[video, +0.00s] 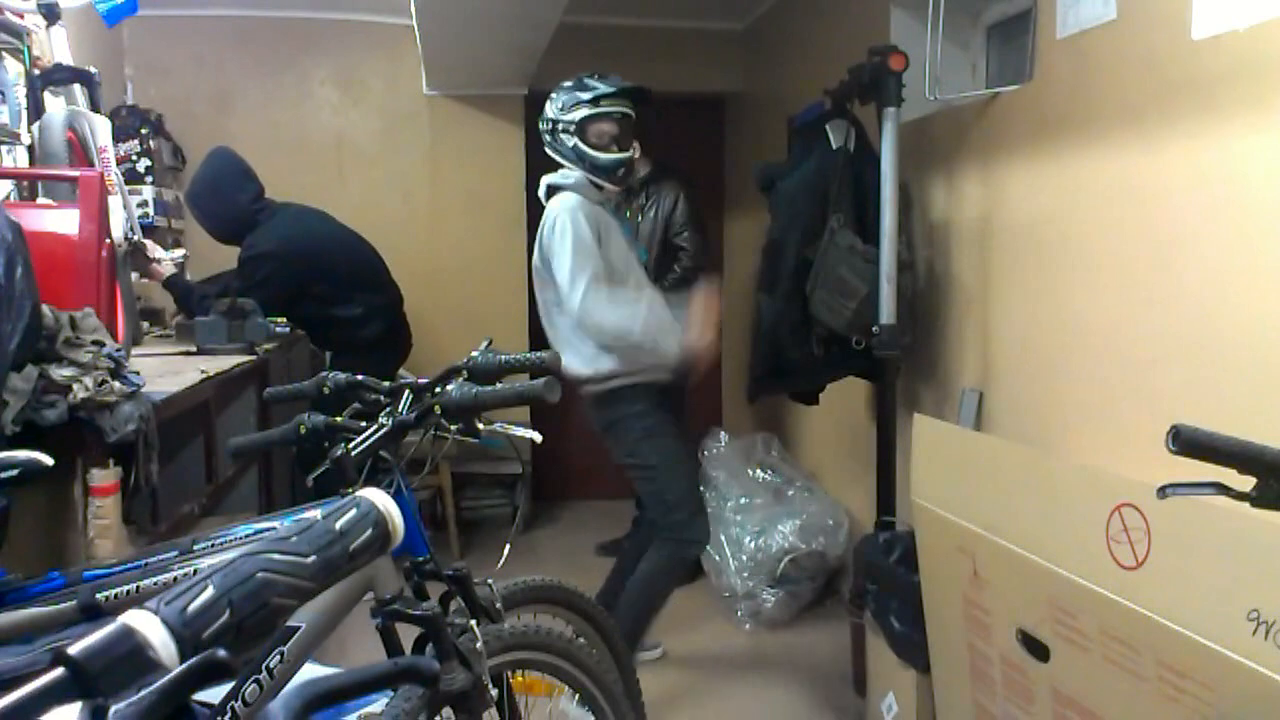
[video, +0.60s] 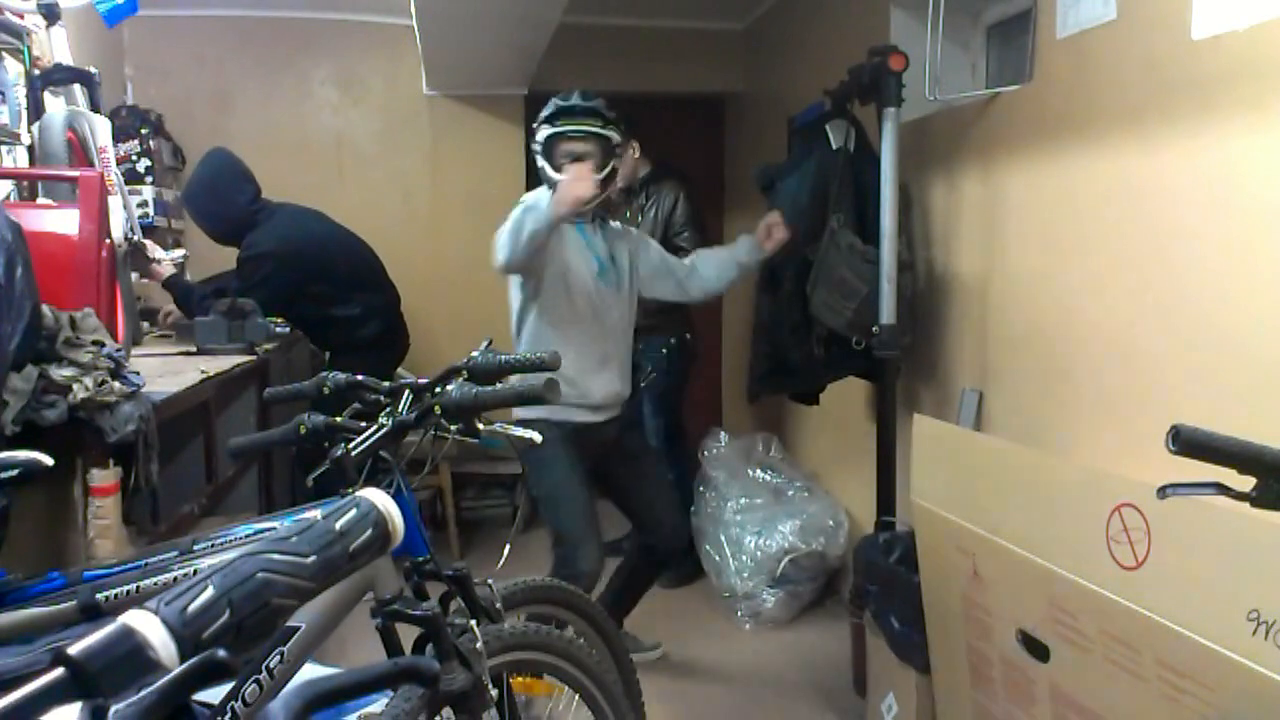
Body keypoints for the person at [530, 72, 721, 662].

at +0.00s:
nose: (619, 146)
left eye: (623, 132)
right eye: (602, 134)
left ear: (632, 134)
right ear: (566, 140)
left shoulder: (600, 212)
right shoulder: (570, 214)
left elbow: (631, 295)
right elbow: (594, 309)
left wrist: (685, 324)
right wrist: (683, 339)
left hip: (642, 386)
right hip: (618, 392)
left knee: (661, 520)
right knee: (681, 529)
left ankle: (600, 635)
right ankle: (610, 653)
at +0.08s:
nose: (612, 152)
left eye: (620, 141)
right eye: (597, 142)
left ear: (633, 146)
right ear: (567, 149)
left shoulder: (619, 213)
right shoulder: (567, 210)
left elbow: (653, 285)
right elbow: (603, 255)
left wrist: (720, 281)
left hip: (637, 391)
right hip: (598, 398)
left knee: (671, 513)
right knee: (677, 531)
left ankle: (610, 622)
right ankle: (598, 633)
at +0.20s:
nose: (607, 153)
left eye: (617, 142)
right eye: (593, 141)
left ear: (633, 147)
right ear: (565, 146)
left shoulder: (634, 214)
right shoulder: (561, 206)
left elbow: (672, 301)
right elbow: (588, 262)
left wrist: (715, 295)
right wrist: (672, 242)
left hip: (642, 388)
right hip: (593, 392)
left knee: (655, 529)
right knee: (638, 541)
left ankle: (603, 624)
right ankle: (574, 632)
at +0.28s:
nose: (603, 139)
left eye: (613, 127)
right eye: (588, 127)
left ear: (626, 136)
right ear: (561, 133)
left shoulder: (599, 207)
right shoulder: (557, 206)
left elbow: (620, 295)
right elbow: (553, 311)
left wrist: (656, 356)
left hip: (646, 384)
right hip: (606, 393)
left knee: (653, 516)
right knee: (597, 524)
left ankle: (600, 620)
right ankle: (533, 627)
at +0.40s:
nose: (594, 135)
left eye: (607, 123)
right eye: (580, 123)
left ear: (623, 132)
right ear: (554, 128)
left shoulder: (609, 210)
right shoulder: (541, 208)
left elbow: (623, 310)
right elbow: (521, 307)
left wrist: (676, 369)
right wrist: (572, 356)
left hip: (641, 389)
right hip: (583, 396)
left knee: (660, 524)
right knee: (598, 529)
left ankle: (600, 623)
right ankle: (530, 631)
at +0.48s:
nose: (587, 152)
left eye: (600, 139)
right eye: (572, 139)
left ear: (618, 147)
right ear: (549, 144)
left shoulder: (611, 227)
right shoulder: (537, 212)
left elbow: (667, 295)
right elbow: (520, 285)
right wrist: (576, 269)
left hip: (619, 400)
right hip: (562, 403)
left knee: (663, 527)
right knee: (590, 541)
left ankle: (602, 624)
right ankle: (541, 638)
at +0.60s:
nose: (583, 169)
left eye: (595, 156)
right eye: (569, 156)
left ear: (614, 165)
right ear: (548, 164)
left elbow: (689, 275)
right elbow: (508, 258)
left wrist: (754, 246)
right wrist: (554, 204)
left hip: (611, 422)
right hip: (547, 425)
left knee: (666, 531)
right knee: (580, 557)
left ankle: (603, 626)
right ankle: (535, 661)